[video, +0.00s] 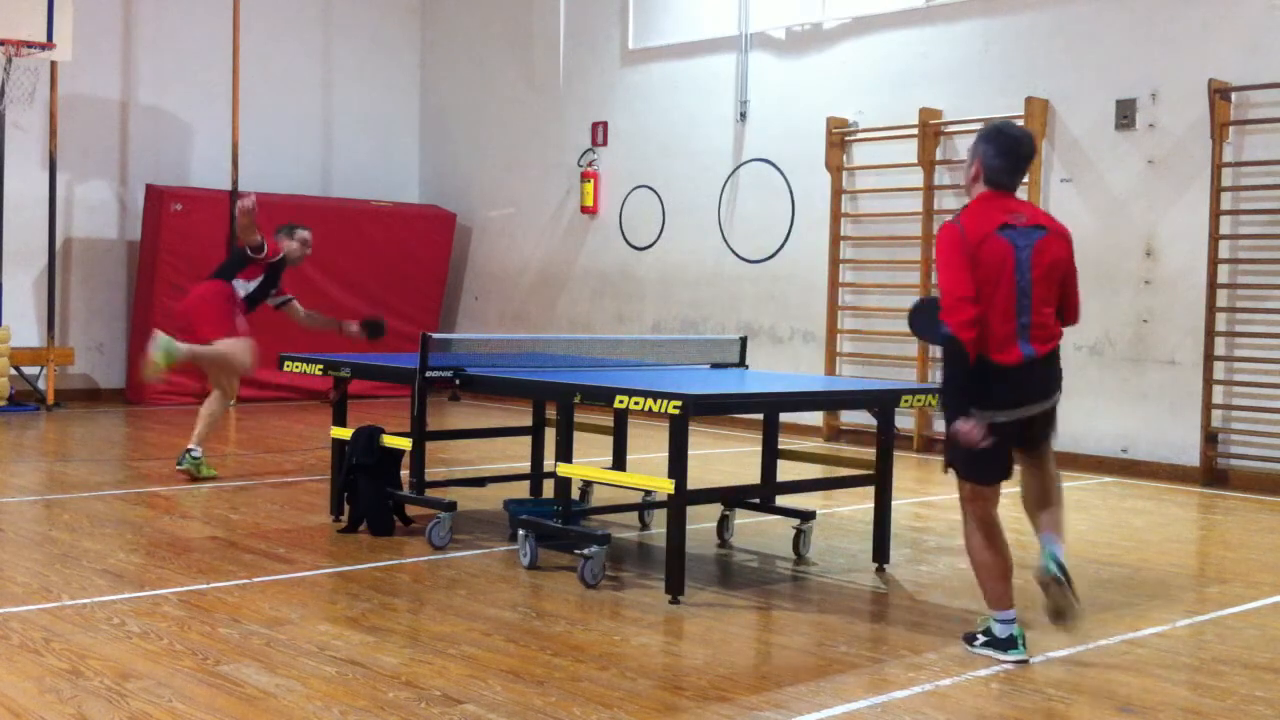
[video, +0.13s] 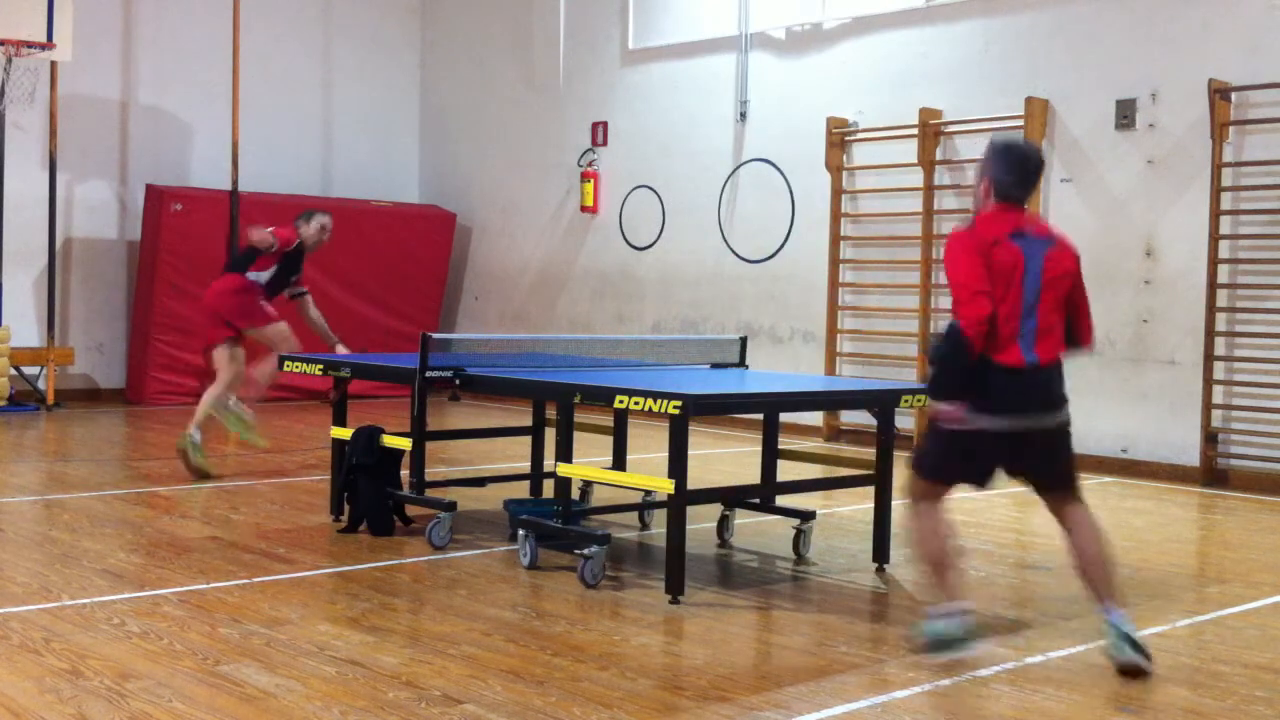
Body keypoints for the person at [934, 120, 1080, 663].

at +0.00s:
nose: (965, 164)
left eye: (970, 157)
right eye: (970, 155)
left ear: (977, 167)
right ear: (1024, 172)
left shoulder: (958, 232)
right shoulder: (1051, 229)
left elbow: (961, 323)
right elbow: (1067, 313)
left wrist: (960, 408)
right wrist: (1012, 308)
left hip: (983, 388)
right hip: (1042, 382)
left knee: (979, 510)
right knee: (1036, 452)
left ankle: (1004, 628)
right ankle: (1052, 551)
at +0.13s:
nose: (975, 184)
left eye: (978, 176)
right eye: (980, 176)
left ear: (986, 183)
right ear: (1032, 189)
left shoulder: (967, 242)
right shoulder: (1058, 247)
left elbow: (976, 319)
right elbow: (1078, 335)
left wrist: (945, 384)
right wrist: (1018, 333)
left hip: (977, 408)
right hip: (1042, 409)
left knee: (925, 496)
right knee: (1069, 505)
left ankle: (951, 608)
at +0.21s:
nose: (973, 212)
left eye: (976, 206)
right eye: (977, 205)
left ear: (984, 214)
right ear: (1032, 218)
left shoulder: (957, 269)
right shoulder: (1061, 279)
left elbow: (924, 335)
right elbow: (1086, 367)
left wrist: (921, 368)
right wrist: (1042, 388)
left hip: (966, 441)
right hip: (1044, 443)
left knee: (897, 501)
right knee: (1083, 523)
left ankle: (907, 633)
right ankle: (1137, 643)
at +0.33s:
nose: (961, 204)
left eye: (964, 195)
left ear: (970, 200)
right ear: (1017, 210)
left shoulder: (927, 250)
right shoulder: (1030, 263)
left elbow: (884, 322)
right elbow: (1048, 355)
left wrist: (936, 316)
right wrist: (1079, 428)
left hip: (913, 416)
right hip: (989, 419)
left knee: (874, 493)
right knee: (1045, 506)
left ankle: (873, 601)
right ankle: (1069, 630)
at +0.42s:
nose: (987, 206)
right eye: (991, 197)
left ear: (942, 194)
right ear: (990, 199)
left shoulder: (905, 253)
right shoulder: (979, 249)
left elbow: (884, 337)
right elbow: (1001, 334)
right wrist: (1072, 394)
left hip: (886, 414)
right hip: (950, 413)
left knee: (870, 513)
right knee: (1021, 510)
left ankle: (816, 619)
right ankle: (1036, 646)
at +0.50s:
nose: (962, 199)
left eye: (958, 188)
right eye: (960, 189)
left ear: (912, 189)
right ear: (949, 194)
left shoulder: (876, 247)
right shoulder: (924, 246)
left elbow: (885, 332)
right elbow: (948, 329)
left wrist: (985, 337)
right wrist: (1036, 350)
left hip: (857, 412)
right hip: (916, 412)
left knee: (854, 524)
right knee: (991, 519)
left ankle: (807, 640)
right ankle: (1036, 645)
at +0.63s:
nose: (856, 175)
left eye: (844, 162)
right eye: (858, 167)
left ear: (817, 167)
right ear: (858, 171)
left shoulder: (778, 237)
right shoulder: (869, 231)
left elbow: (807, 315)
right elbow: (936, 295)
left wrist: (893, 317)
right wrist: (917, 314)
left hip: (826, 408)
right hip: (895, 397)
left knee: (826, 512)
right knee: (958, 496)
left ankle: (801, 642)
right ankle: (1005, 624)